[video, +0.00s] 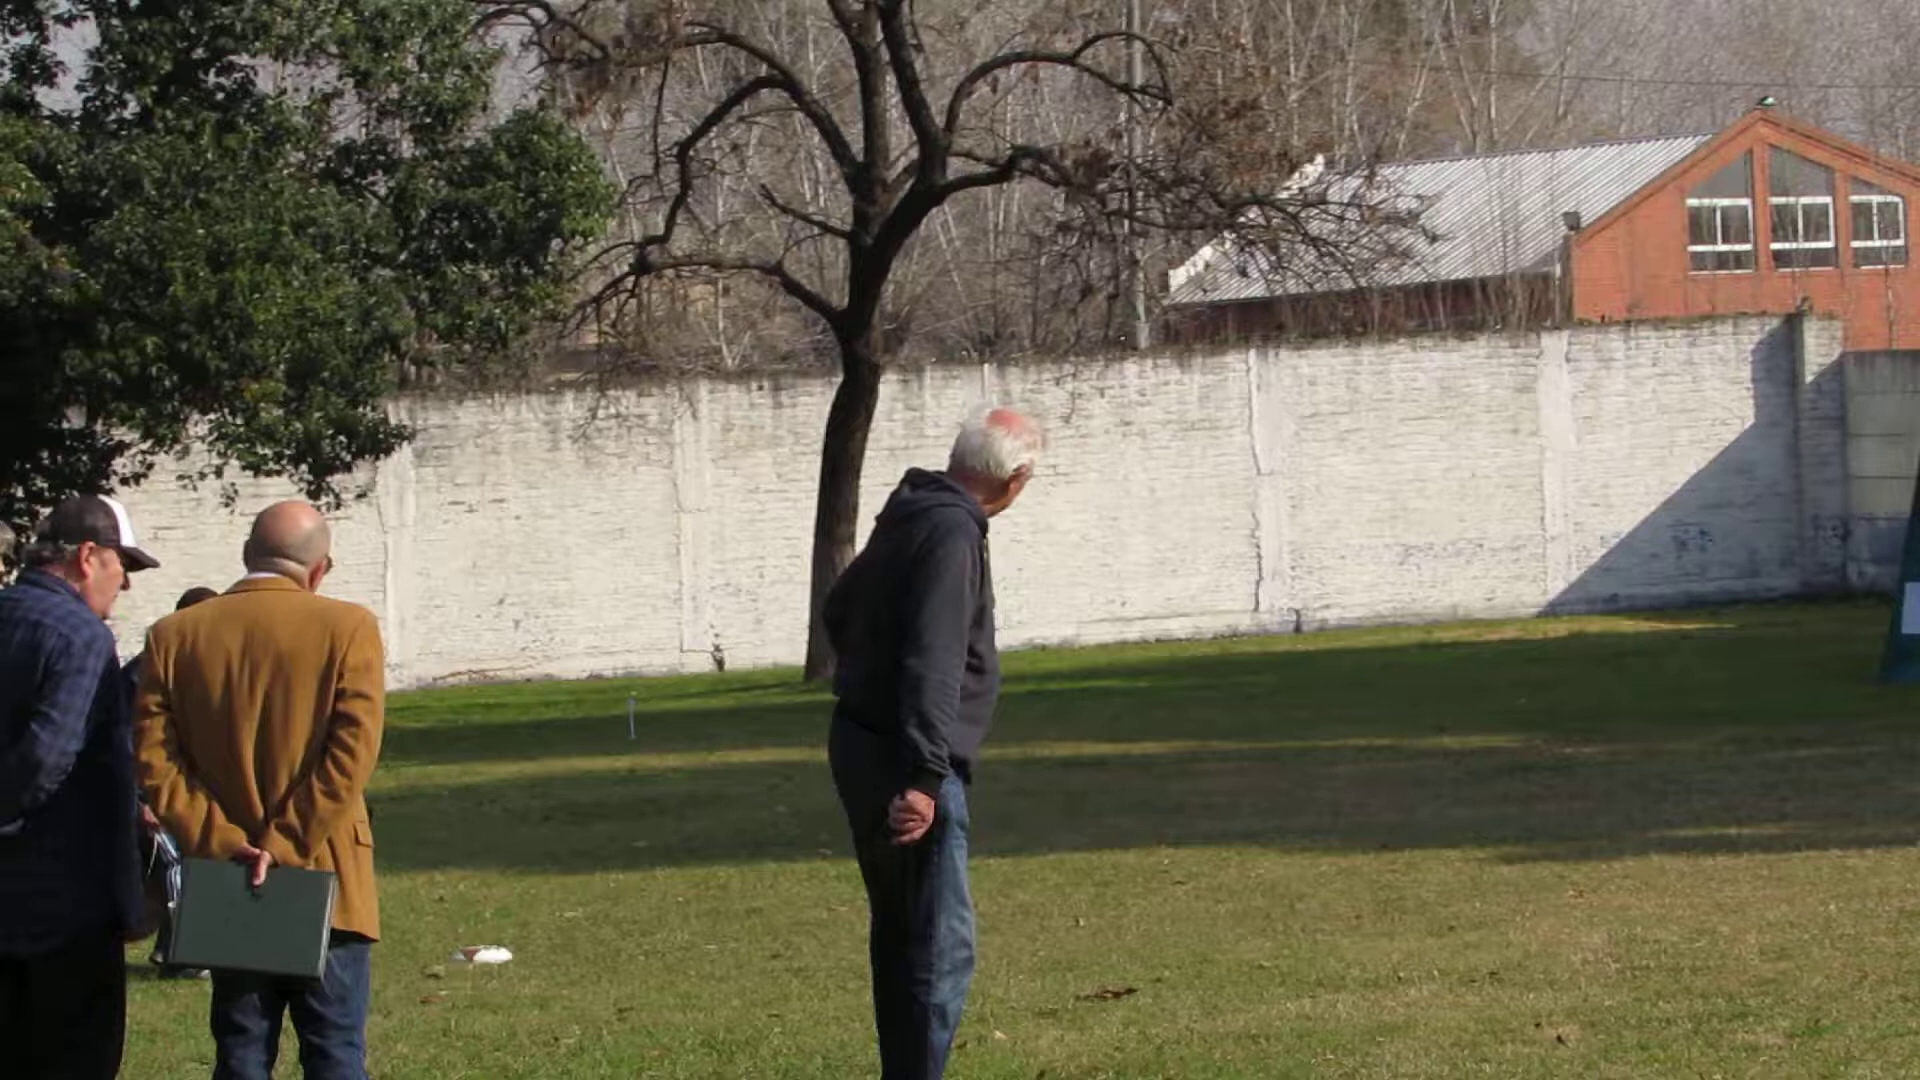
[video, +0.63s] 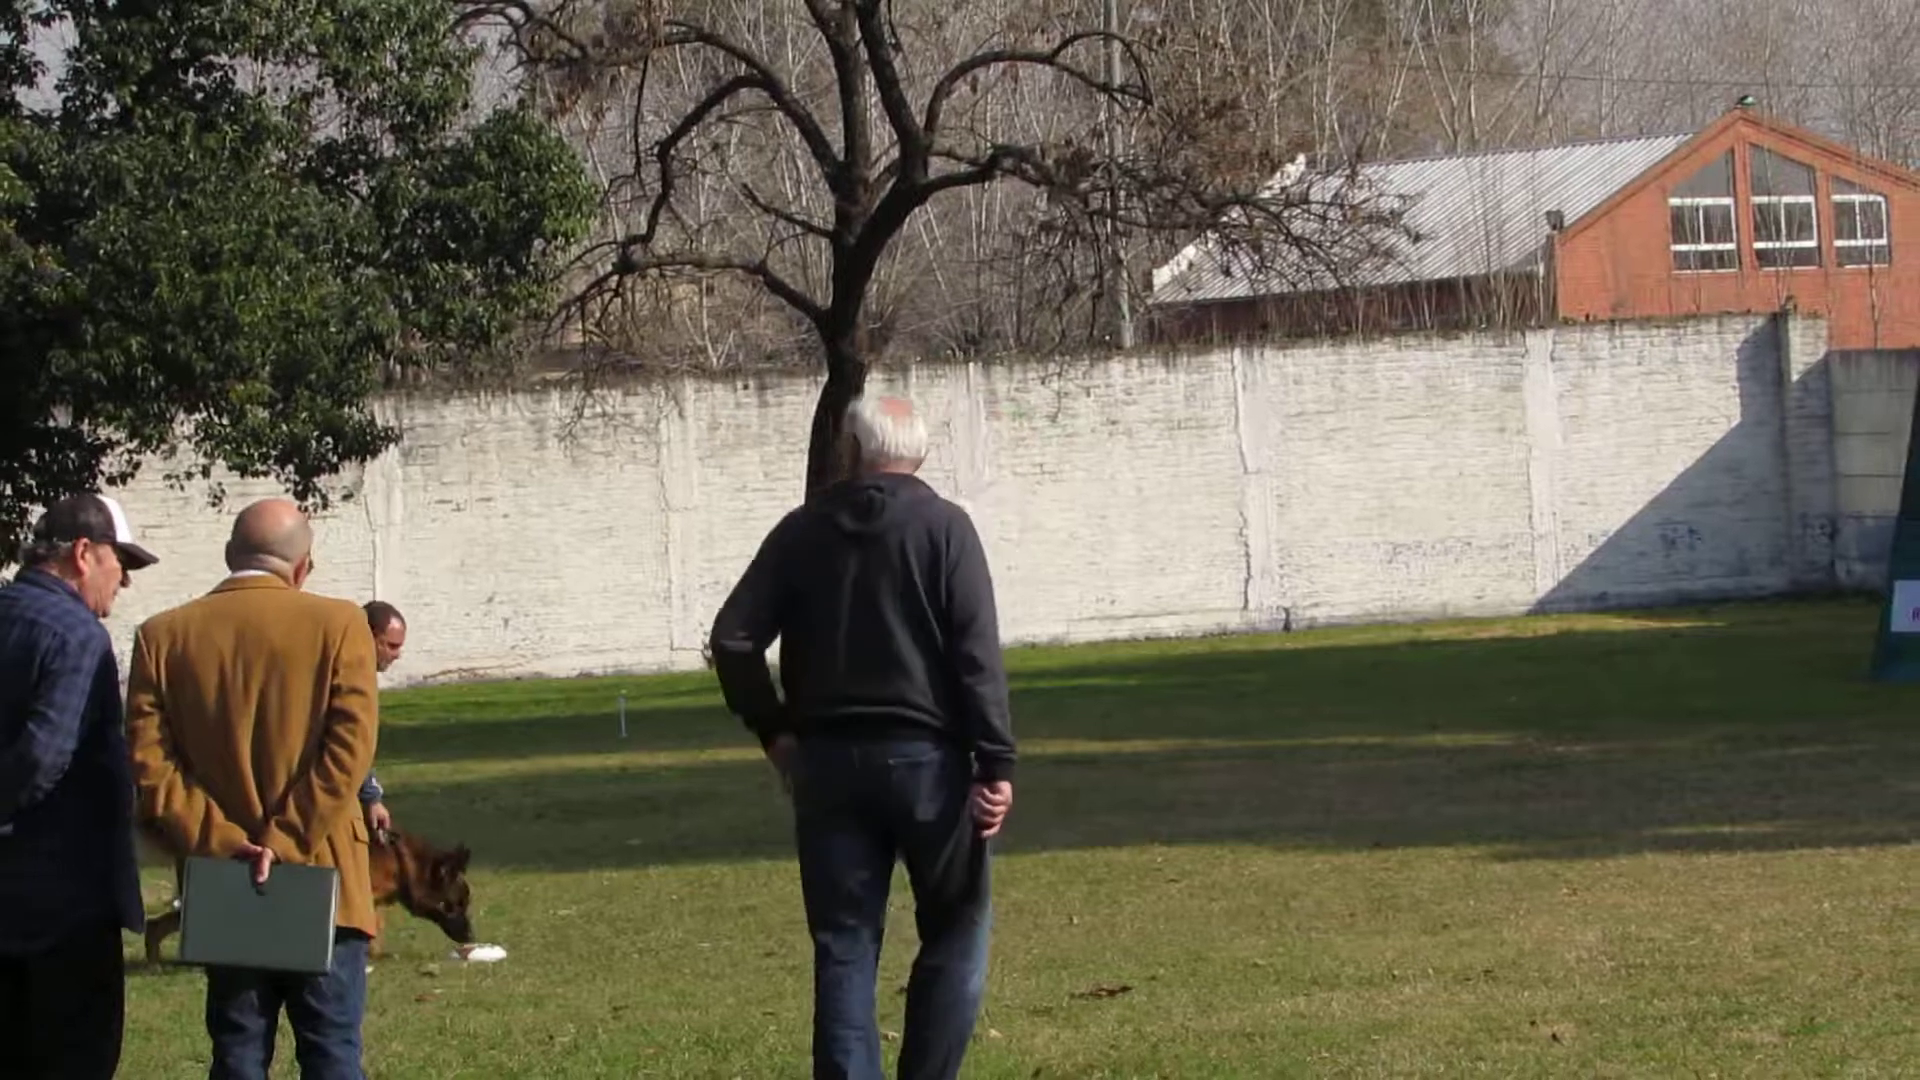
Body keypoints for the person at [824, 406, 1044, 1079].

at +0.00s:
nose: (1027, 486)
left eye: (1030, 475)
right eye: (1030, 476)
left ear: (958, 455)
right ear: (1015, 479)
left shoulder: (911, 514)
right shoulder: (953, 531)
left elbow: (839, 608)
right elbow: (931, 658)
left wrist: (877, 697)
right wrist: (926, 775)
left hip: (872, 754)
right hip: (916, 765)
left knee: (904, 937)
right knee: (941, 949)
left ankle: (905, 1067)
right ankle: (918, 1069)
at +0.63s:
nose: (928, 461)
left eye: (925, 453)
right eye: (926, 452)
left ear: (849, 453)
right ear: (916, 457)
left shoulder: (800, 530)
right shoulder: (944, 527)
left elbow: (733, 640)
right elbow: (976, 654)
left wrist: (772, 729)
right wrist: (997, 763)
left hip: (826, 769)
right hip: (929, 766)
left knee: (842, 946)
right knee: (956, 932)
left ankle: (846, 1073)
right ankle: (929, 1071)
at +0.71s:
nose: (820, 462)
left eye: (822, 453)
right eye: (908, 451)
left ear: (830, 457)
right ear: (903, 456)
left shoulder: (788, 537)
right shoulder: (938, 527)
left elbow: (728, 648)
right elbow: (976, 656)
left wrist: (768, 736)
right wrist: (1003, 764)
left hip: (824, 775)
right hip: (927, 769)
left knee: (844, 953)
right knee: (967, 919)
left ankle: (853, 1074)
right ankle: (942, 1071)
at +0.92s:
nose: (783, 470)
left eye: (785, 459)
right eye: (784, 458)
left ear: (802, 459)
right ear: (861, 455)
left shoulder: (768, 541)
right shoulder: (915, 521)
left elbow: (713, 657)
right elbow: (965, 646)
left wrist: (750, 747)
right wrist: (999, 752)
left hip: (815, 773)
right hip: (921, 763)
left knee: (838, 962)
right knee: (956, 924)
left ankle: (852, 1076)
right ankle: (947, 1072)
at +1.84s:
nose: (872, 402)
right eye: (872, 392)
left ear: (793, 400)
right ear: (869, 397)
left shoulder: (757, 481)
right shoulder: (893, 466)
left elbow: (693, 600)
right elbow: (937, 595)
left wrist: (745, 684)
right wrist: (970, 702)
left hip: (795, 713)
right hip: (890, 709)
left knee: (818, 911)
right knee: (904, 907)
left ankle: (835, 1065)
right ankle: (897, 1068)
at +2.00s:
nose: (890, 326)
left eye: (886, 316)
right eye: (888, 316)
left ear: (803, 322)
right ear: (881, 321)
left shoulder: (765, 401)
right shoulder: (899, 391)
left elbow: (700, 516)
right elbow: (938, 521)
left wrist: (751, 602)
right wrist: (970, 627)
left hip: (800, 640)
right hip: (891, 636)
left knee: (819, 826)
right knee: (900, 822)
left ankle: (833, 1009)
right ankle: (888, 1016)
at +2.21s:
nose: (870, 229)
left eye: (866, 217)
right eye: (868, 219)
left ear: (783, 219)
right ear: (856, 224)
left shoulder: (738, 302)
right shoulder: (870, 296)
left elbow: (671, 409)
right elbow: (904, 430)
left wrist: (716, 500)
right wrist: (927, 537)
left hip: (763, 545)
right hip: (852, 542)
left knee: (785, 732)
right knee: (857, 733)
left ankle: (791, 914)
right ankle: (844, 921)